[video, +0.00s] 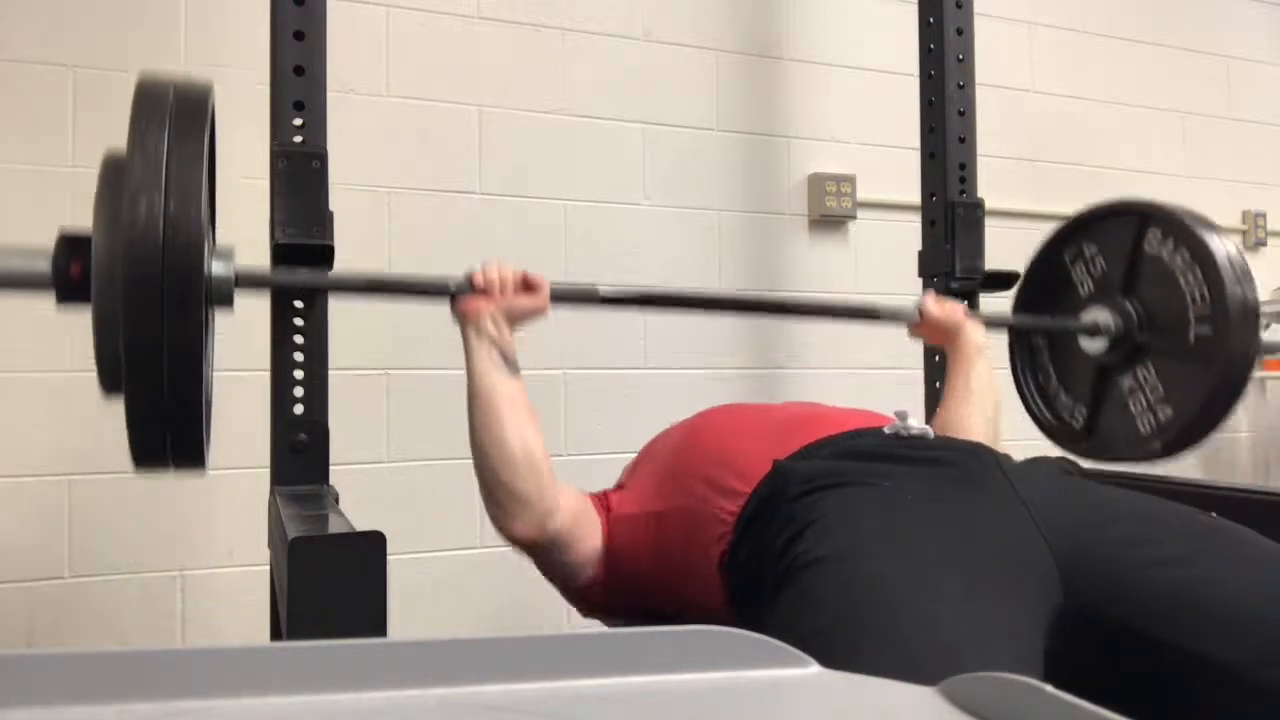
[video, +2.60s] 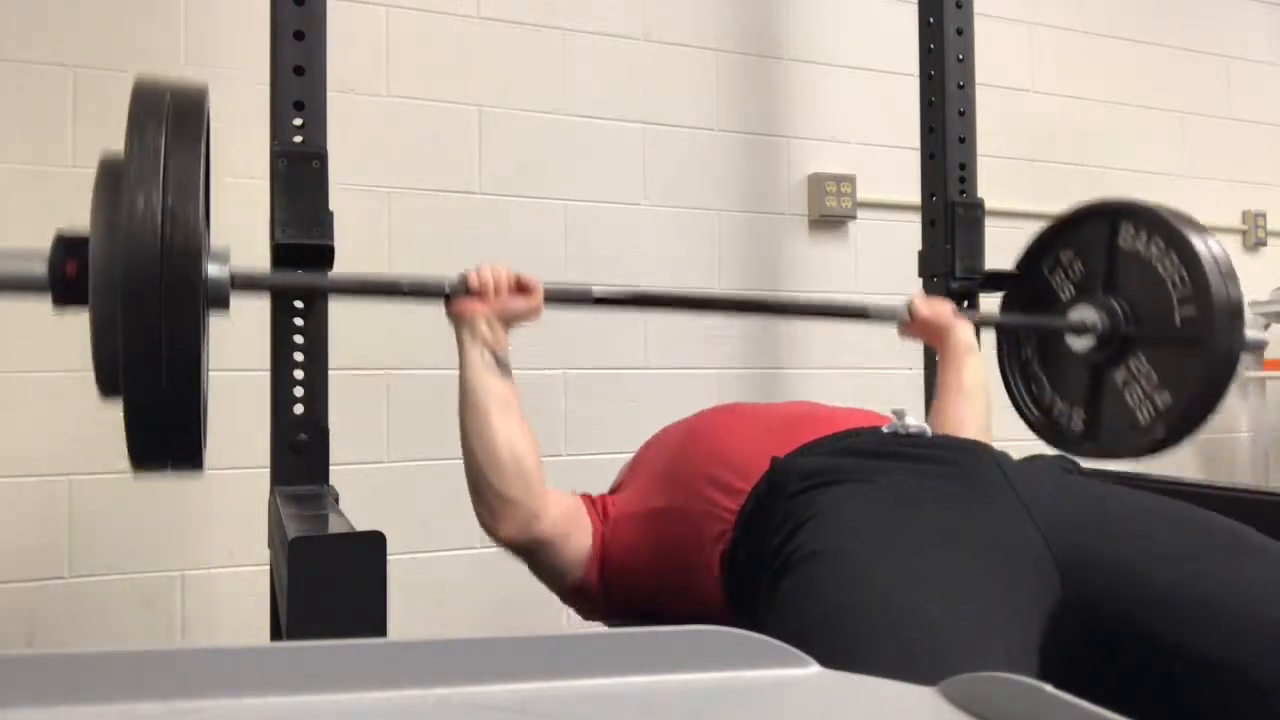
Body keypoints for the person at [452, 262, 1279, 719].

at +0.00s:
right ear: (646, 485)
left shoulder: (869, 440)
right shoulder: (618, 543)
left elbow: (965, 466)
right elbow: (528, 508)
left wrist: (970, 347)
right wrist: (488, 343)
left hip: (1045, 486)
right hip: (857, 508)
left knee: (1276, 623)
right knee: (934, 697)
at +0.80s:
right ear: (647, 481)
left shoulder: (865, 422)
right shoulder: (625, 531)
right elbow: (551, 629)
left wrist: (986, 451)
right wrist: (499, 483)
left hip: (1035, 487)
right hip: (858, 504)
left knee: (1273, 608)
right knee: (932, 686)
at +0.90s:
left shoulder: (849, 425)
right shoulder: (613, 544)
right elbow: (555, 635)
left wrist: (986, 457)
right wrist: (498, 499)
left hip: (1035, 487)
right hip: (856, 506)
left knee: (1274, 607)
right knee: (929, 700)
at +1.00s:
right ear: (645, 488)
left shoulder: (870, 422)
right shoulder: (626, 529)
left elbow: (1032, 523)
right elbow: (559, 625)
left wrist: (996, 446)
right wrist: (501, 477)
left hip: (1043, 487)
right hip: (862, 499)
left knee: (1276, 610)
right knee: (939, 690)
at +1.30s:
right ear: (643, 492)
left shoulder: (863, 439)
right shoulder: (617, 544)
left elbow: (965, 464)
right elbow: (516, 505)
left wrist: (966, 339)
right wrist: (485, 342)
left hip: (1043, 482)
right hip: (857, 505)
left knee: (1273, 620)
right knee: (934, 673)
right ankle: (977, 703)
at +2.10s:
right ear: (647, 485)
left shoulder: (866, 423)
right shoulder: (623, 533)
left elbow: (1033, 508)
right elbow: (550, 632)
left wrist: (983, 445)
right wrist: (496, 485)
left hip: (1038, 486)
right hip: (861, 503)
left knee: (1275, 603)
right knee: (929, 695)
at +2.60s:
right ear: (642, 488)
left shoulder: (860, 437)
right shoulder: (614, 541)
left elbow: (965, 465)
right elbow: (515, 507)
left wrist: (959, 343)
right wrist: (481, 345)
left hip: (1048, 487)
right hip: (861, 504)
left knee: (1277, 629)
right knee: (921, 696)